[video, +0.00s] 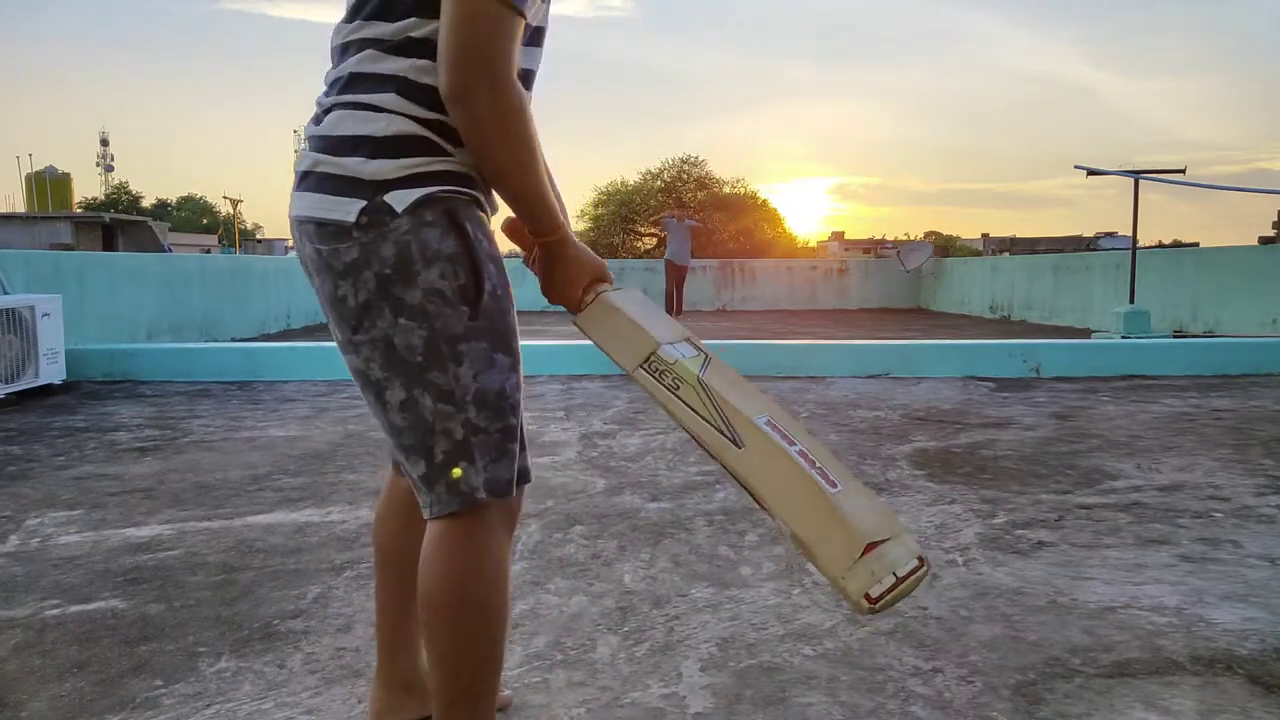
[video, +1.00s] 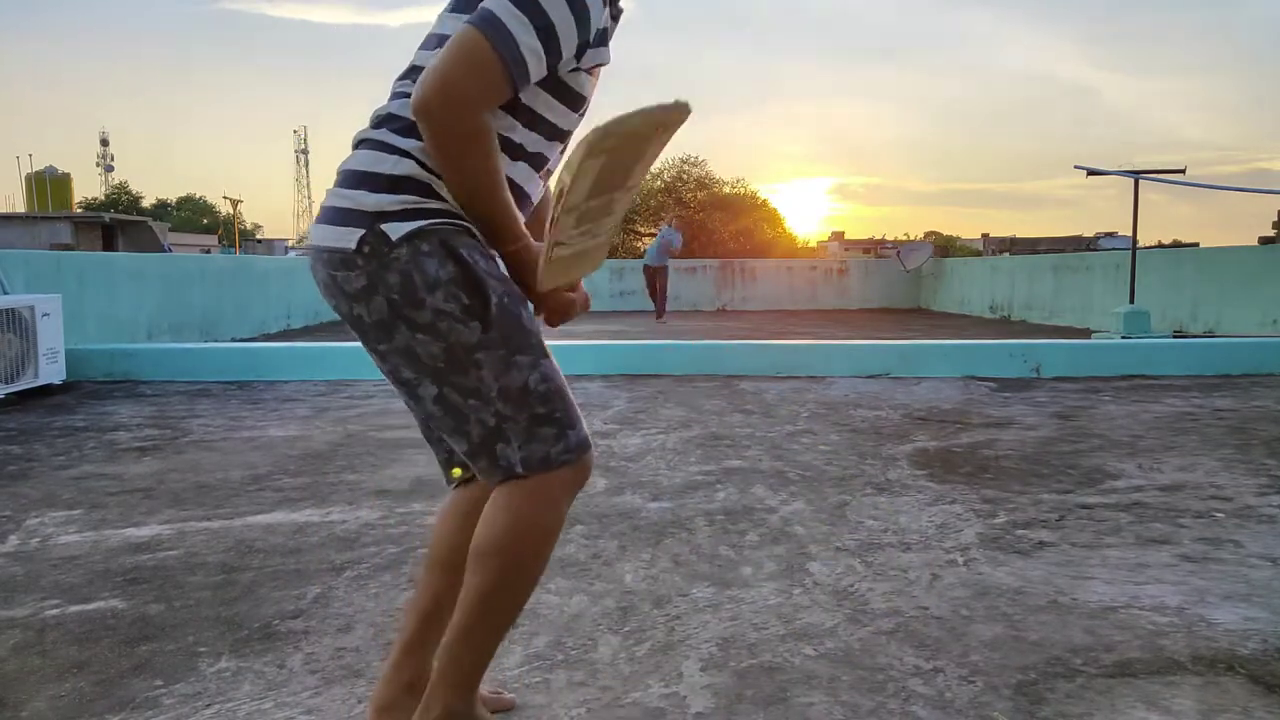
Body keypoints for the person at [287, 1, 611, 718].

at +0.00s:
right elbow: (478, 83)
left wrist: (523, 217)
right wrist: (557, 238)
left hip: (338, 201)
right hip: (412, 204)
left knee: (422, 464)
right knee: (482, 490)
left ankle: (399, 686)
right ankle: (468, 705)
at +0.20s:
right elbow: (485, 144)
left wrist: (490, 263)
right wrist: (528, 307)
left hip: (310, 215)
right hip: (368, 217)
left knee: (437, 467)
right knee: (490, 474)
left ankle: (398, 690)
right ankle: (433, 702)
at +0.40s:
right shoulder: (567, 5)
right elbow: (494, 174)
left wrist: (472, 328)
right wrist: (489, 333)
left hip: (296, 207)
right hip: (366, 210)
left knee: (417, 477)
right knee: (476, 470)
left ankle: (398, 689)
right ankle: (431, 701)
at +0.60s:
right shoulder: (569, 7)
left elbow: (465, 167)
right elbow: (490, 168)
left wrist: (502, 320)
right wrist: (516, 322)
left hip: (327, 215)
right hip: (381, 216)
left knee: (449, 483)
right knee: (503, 477)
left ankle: (403, 689)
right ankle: (441, 701)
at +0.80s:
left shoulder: (559, 18)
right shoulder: (561, 2)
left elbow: (492, 146)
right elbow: (455, 106)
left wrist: (546, 259)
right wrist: (540, 258)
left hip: (362, 229)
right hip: (399, 228)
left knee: (476, 481)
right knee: (525, 476)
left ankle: (406, 688)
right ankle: (444, 703)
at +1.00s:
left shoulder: (583, 20)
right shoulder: (569, 5)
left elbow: (511, 154)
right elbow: (446, 103)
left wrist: (551, 262)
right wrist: (517, 248)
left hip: (374, 234)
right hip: (409, 233)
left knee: (490, 469)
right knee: (551, 461)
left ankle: (404, 684)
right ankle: (448, 700)